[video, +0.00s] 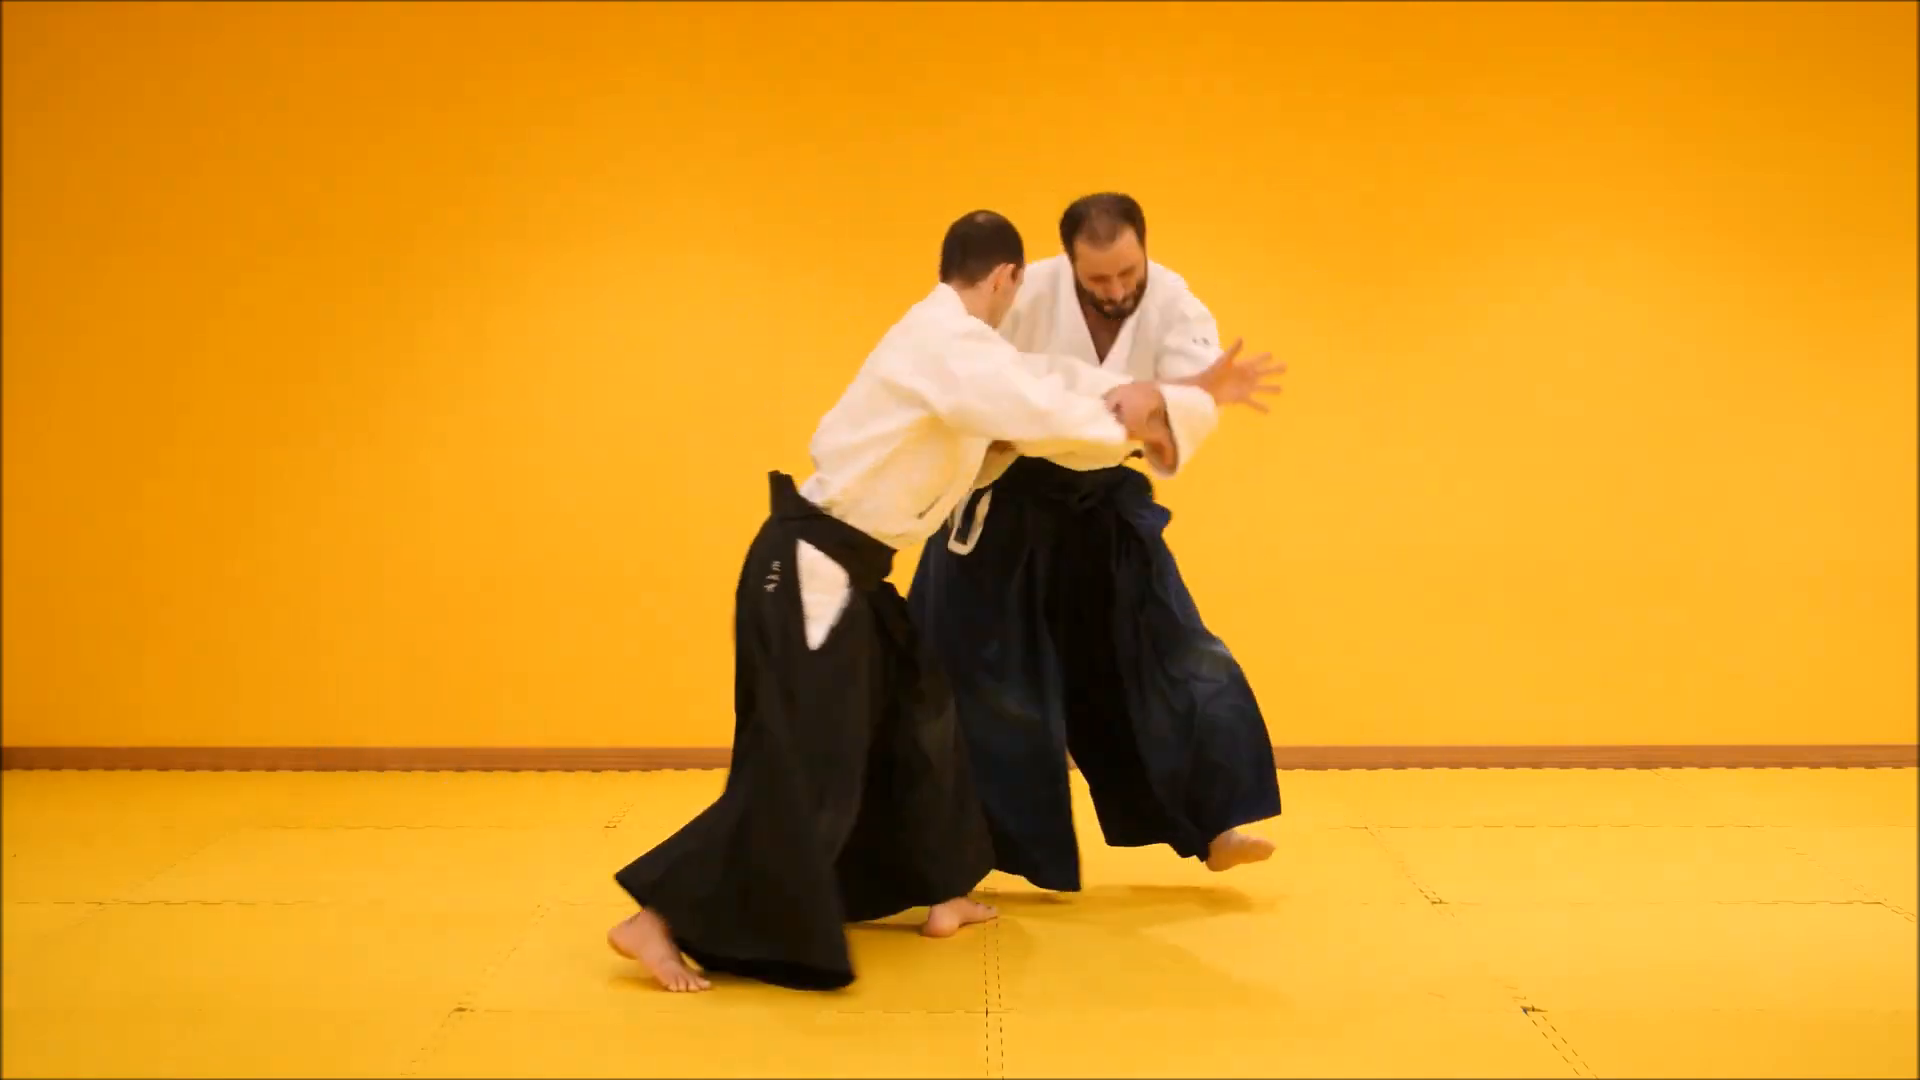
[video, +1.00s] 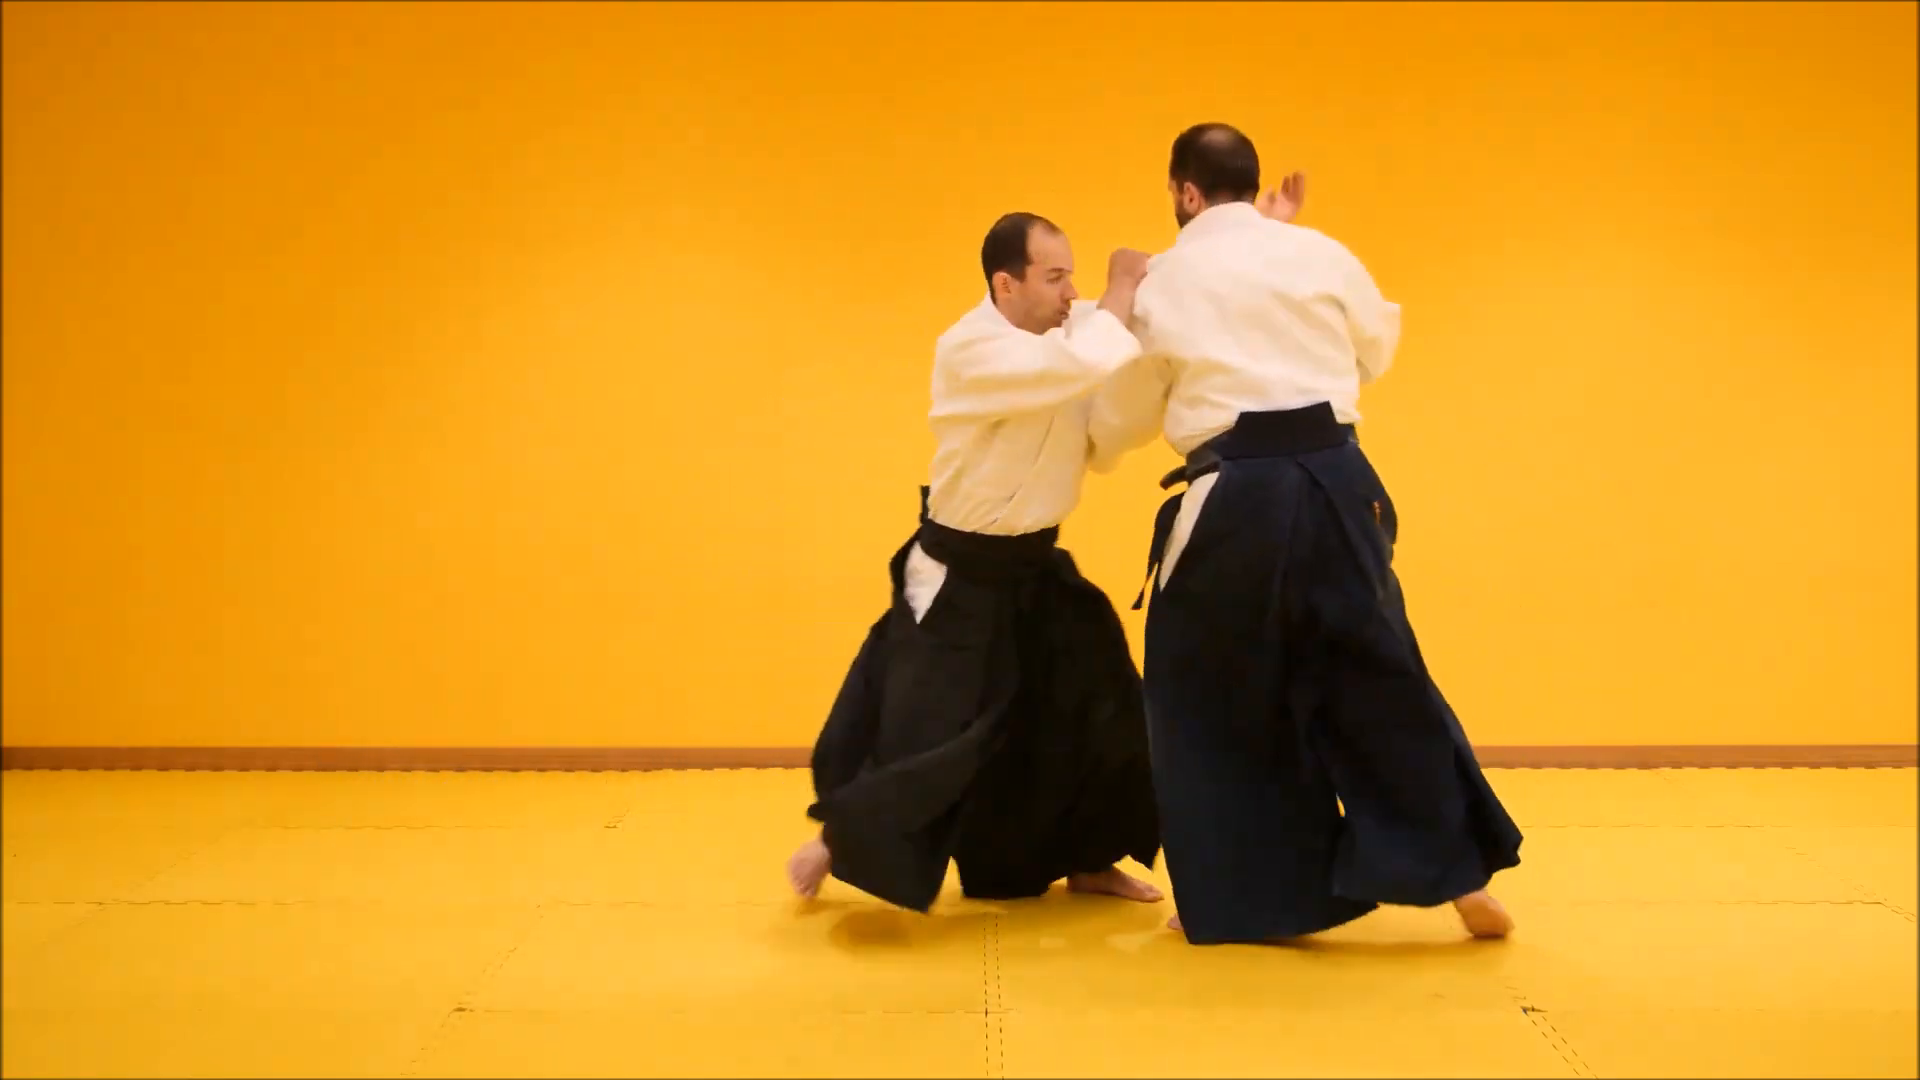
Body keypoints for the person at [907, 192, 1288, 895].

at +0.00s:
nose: (1114, 290)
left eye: (1128, 273)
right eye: (1098, 277)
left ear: (1146, 253)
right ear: (1068, 259)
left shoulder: (1174, 305)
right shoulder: (1026, 288)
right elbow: (970, 375)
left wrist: (1155, 405)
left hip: (1110, 501)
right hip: (1007, 495)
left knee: (1178, 648)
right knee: (961, 664)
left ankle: (1212, 824)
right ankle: (949, 866)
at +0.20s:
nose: (1079, 392)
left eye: (1089, 381)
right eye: (1076, 377)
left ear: (1138, 370)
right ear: (1129, 364)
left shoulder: (1208, 419)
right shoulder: (1095, 385)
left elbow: (1144, 552)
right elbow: (1043, 470)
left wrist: (1024, 530)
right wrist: (1007, 506)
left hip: (1223, 554)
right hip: (1124, 533)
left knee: (1224, 712)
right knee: (1012, 587)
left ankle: (1190, 864)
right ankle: (919, 647)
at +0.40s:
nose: (1035, 448)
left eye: (1043, 440)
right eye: (1032, 435)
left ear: (1093, 434)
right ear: (1079, 409)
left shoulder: (1157, 482)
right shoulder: (1101, 396)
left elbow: (1097, 613)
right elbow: (1076, 503)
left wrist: (977, 586)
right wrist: (1003, 547)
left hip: (1280, 553)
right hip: (1278, 482)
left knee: (1201, 705)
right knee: (1353, 525)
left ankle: (1194, 868)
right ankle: (1484, 453)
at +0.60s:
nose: (1059, 416)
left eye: (1056, 406)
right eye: (1056, 405)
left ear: (1073, 396)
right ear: (1104, 358)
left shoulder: (1130, 452)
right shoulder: (1171, 352)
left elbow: (1116, 598)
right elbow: (1148, 476)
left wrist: (1020, 596)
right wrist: (1069, 495)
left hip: (1315, 536)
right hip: (1390, 489)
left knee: (1198, 686)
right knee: (1451, 672)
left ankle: (1206, 870)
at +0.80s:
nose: (1167, 297)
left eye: (1166, 284)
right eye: (1164, 286)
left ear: (1190, 272)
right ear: (1243, 262)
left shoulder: (1198, 336)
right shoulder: (1315, 298)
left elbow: (1148, 459)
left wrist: (1073, 482)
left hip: (1303, 517)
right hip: (1406, 500)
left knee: (1175, 668)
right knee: (1444, 705)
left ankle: (1244, 864)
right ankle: (1489, 913)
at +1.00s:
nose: (1169, 202)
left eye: (1169, 191)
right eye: (1171, 190)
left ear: (1184, 192)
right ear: (1257, 183)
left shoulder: (1163, 282)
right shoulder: (1319, 253)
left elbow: (1117, 421)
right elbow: (1373, 353)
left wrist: (1116, 317)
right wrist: (1293, 241)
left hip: (1230, 496)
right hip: (1338, 483)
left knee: (1199, 691)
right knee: (1381, 676)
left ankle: (1211, 896)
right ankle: (1463, 872)